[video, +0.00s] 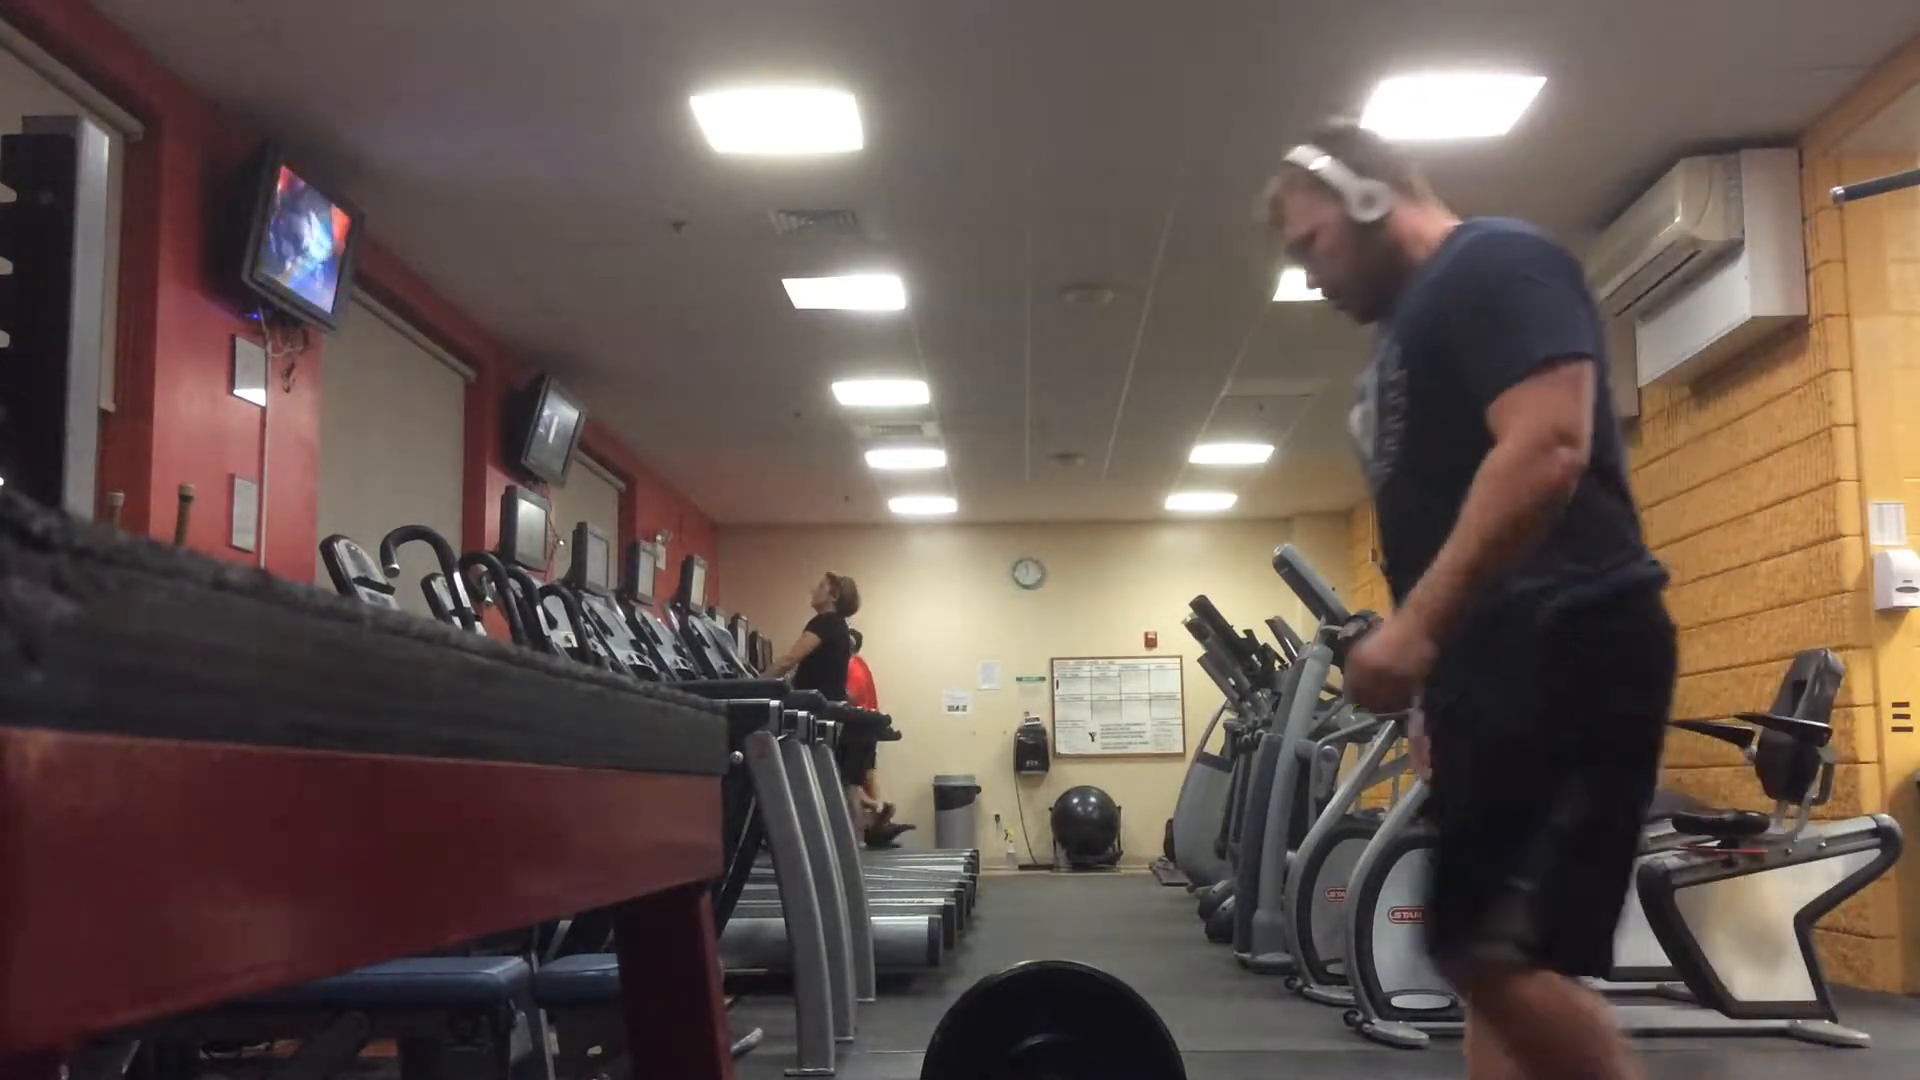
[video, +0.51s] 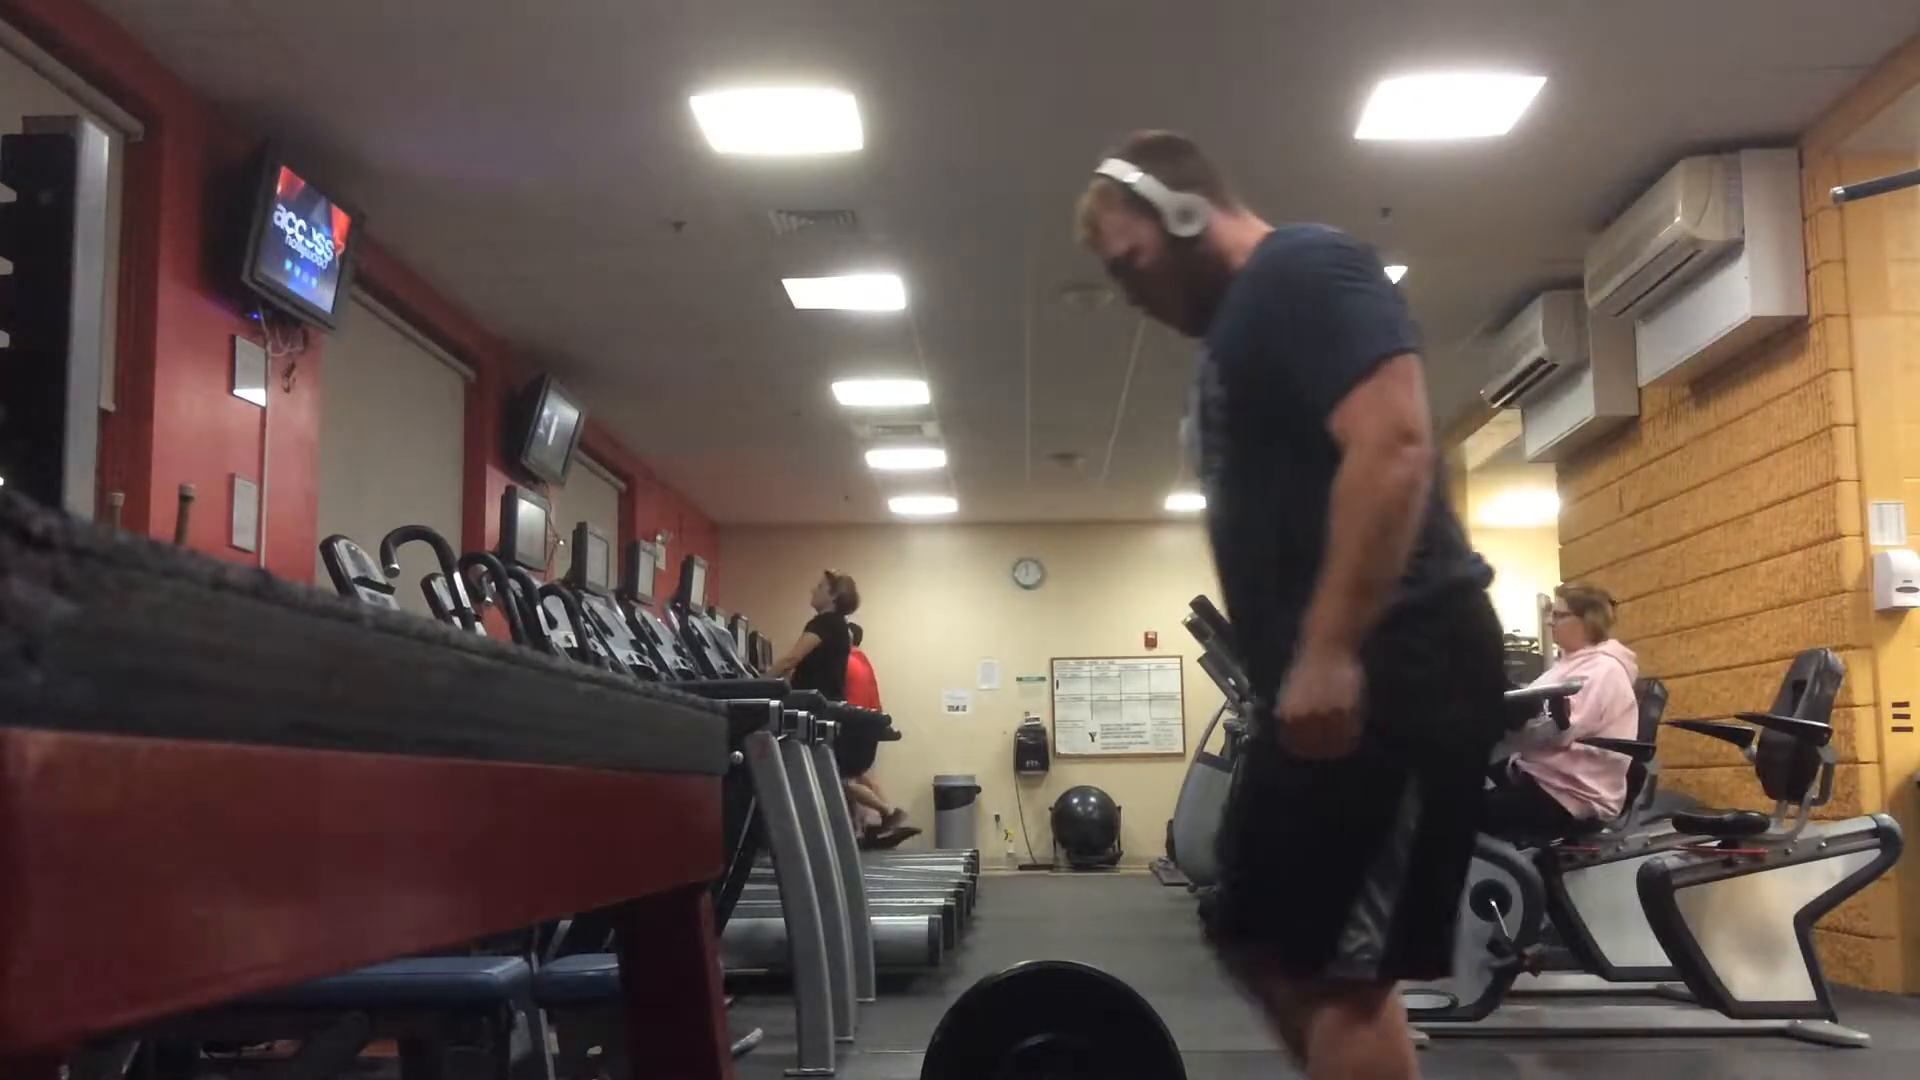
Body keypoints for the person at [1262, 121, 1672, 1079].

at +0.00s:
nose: (1308, 277)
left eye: (1308, 244)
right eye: (1296, 260)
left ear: (1372, 201)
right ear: (1362, 215)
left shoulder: (1492, 260)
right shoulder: (1411, 334)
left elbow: (1545, 447)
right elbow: (1452, 525)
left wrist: (1415, 622)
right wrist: (1439, 692)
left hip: (1569, 638)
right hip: (1499, 650)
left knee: (1498, 954)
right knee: (1496, 961)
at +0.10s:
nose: (1264, 292)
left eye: (1263, 261)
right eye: (1251, 279)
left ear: (1326, 212)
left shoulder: (1443, 261)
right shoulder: (1357, 354)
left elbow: (1526, 438)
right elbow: (1401, 516)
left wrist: (1468, 637)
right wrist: (1384, 649)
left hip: (1541, 638)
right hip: (1479, 653)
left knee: (1401, 913)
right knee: (1487, 944)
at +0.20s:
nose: (1230, 293)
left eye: (1230, 262)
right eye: (1218, 279)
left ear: (1293, 214)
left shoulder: (1406, 262)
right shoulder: (1327, 354)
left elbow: (1510, 428)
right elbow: (1381, 519)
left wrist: (1492, 633)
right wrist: (1360, 655)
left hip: (1491, 641)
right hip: (1440, 651)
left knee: (1377, 924)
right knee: (1477, 948)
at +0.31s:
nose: (1198, 294)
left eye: (1199, 262)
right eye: (1185, 279)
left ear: (1260, 214)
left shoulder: (1370, 265)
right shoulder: (1295, 350)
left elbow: (1478, 430)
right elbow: (1350, 538)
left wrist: (1475, 639)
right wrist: (1344, 704)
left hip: (1450, 653)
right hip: (1404, 662)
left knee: (1392, 972)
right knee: (1464, 973)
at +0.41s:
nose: (1163, 293)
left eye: (1164, 262)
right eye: (1151, 277)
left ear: (1225, 215)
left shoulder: (1337, 268)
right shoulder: (1262, 344)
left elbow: (1433, 443)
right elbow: (1326, 517)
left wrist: (1413, 647)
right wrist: (1308, 664)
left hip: (1414, 661)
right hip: (1357, 669)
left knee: (1370, 980)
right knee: (1404, 981)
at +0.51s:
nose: (1127, 294)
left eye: (1127, 263)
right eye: (1114, 277)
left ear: (1190, 216)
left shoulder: (1301, 268)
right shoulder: (1237, 335)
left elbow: (1395, 448)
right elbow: (1303, 507)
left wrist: (1329, 644)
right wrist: (1276, 652)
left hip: (1400, 659)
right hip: (1327, 669)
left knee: (1342, 977)